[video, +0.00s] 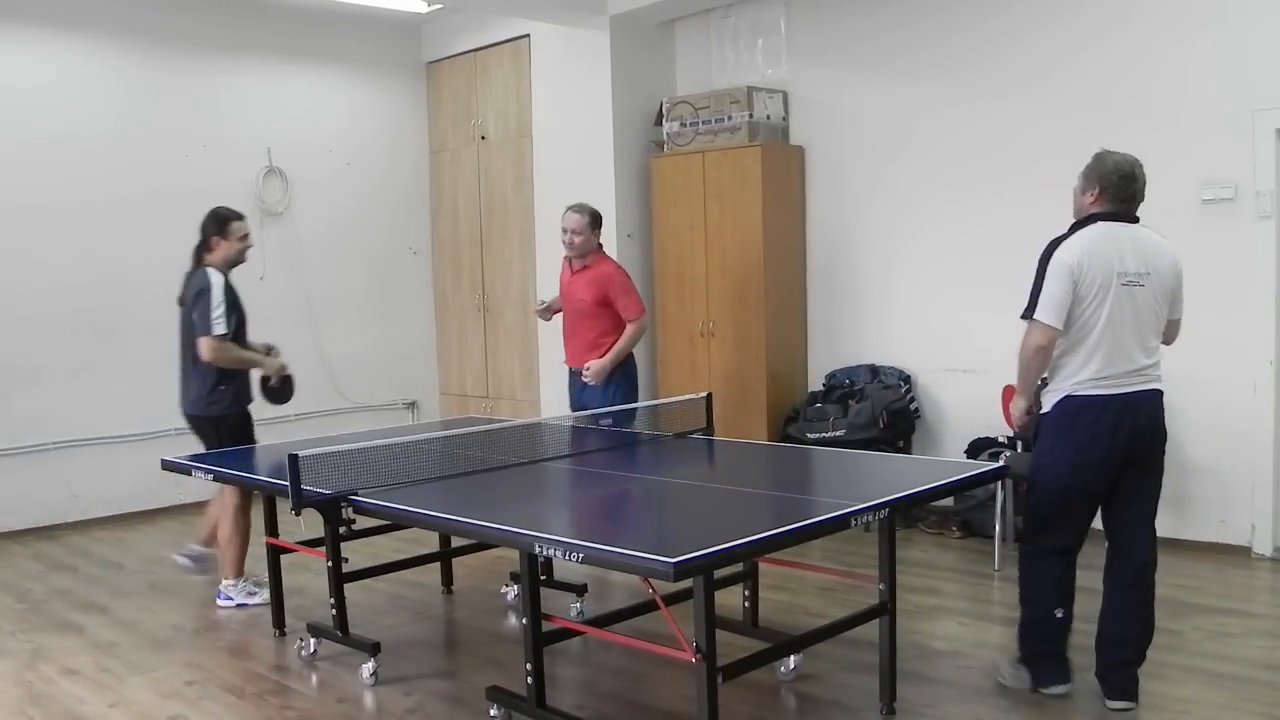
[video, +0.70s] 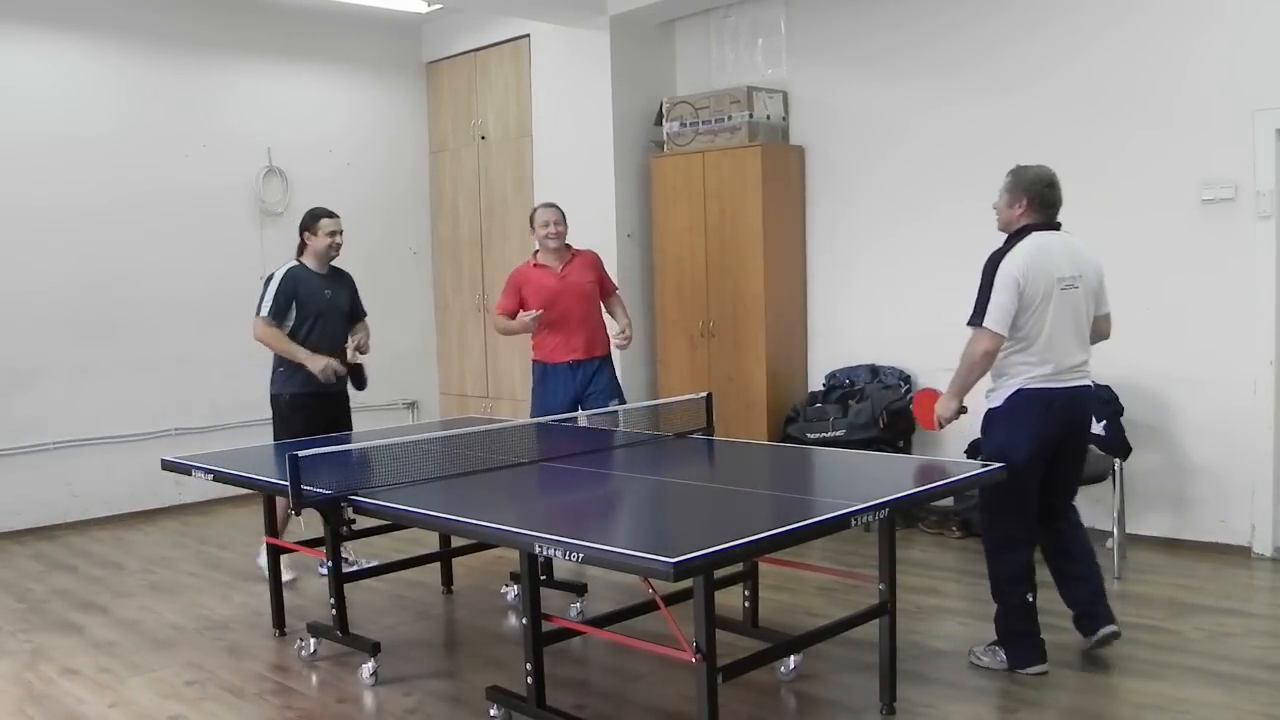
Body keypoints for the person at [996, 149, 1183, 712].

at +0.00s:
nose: (1074, 198)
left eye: (1078, 189)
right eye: (1077, 189)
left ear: (1093, 194)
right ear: (1134, 199)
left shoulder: (1071, 250)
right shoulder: (1164, 253)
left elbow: (1041, 340)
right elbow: (1168, 332)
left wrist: (1025, 398)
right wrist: (1112, 318)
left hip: (1078, 420)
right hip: (1145, 418)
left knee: (1049, 542)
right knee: (1133, 547)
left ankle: (1045, 668)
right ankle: (1121, 682)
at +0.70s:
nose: (997, 212)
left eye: (1001, 204)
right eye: (999, 203)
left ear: (1022, 205)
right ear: (1047, 207)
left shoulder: (1011, 259)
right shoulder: (1084, 255)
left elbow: (986, 344)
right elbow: (1100, 328)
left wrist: (952, 396)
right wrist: (1044, 339)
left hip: (1021, 410)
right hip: (1076, 407)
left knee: (1005, 526)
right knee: (1055, 512)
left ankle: (1020, 648)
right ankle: (1097, 619)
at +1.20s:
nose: (991, 216)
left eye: (998, 208)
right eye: (992, 208)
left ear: (1028, 210)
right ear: (1026, 212)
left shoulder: (1050, 248)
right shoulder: (1037, 253)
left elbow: (1065, 322)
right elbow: (1054, 328)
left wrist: (1035, 396)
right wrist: (1017, 368)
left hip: (1074, 401)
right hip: (1064, 400)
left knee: (1057, 516)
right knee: (1062, 513)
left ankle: (1044, 638)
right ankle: (1065, 614)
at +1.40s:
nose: (1005, 215)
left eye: (1013, 207)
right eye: (1004, 207)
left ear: (1045, 209)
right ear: (1030, 213)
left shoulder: (1071, 248)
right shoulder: (1036, 258)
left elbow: (1111, 318)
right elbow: (1042, 329)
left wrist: (1098, 395)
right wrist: (1004, 364)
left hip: (1090, 403)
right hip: (1052, 405)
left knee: (1097, 522)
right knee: (1063, 516)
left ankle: (1117, 642)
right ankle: (1062, 612)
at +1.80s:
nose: (1064, 214)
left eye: (1073, 204)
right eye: (1060, 205)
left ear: (1106, 206)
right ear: (1062, 210)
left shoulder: (1155, 258)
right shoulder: (1062, 263)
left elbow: (1200, 324)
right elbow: (1050, 323)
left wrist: (1173, 387)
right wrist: (1015, 351)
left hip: (1151, 420)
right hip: (1087, 422)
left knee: (1161, 535)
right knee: (1073, 524)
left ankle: (1160, 644)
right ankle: (1063, 616)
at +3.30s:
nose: (1098, 219)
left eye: (1104, 206)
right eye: (1096, 208)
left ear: (1142, 200)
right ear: (1135, 203)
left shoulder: (1192, 255)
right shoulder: (1129, 253)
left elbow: (1221, 349)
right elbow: (1133, 328)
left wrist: (1129, 376)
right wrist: (1075, 337)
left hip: (1180, 440)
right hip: (1124, 434)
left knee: (1177, 577)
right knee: (1125, 551)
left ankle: (1191, 708)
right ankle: (1145, 651)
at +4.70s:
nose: (1059, 227)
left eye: (1066, 216)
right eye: (1054, 217)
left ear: (1103, 209)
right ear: (1058, 217)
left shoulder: (1156, 256)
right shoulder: (1063, 264)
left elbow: (1202, 331)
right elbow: (1053, 339)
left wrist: (1124, 361)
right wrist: (1023, 332)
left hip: (1155, 430)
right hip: (1083, 430)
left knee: (1171, 552)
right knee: (1069, 544)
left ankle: (1185, 672)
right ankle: (1061, 653)